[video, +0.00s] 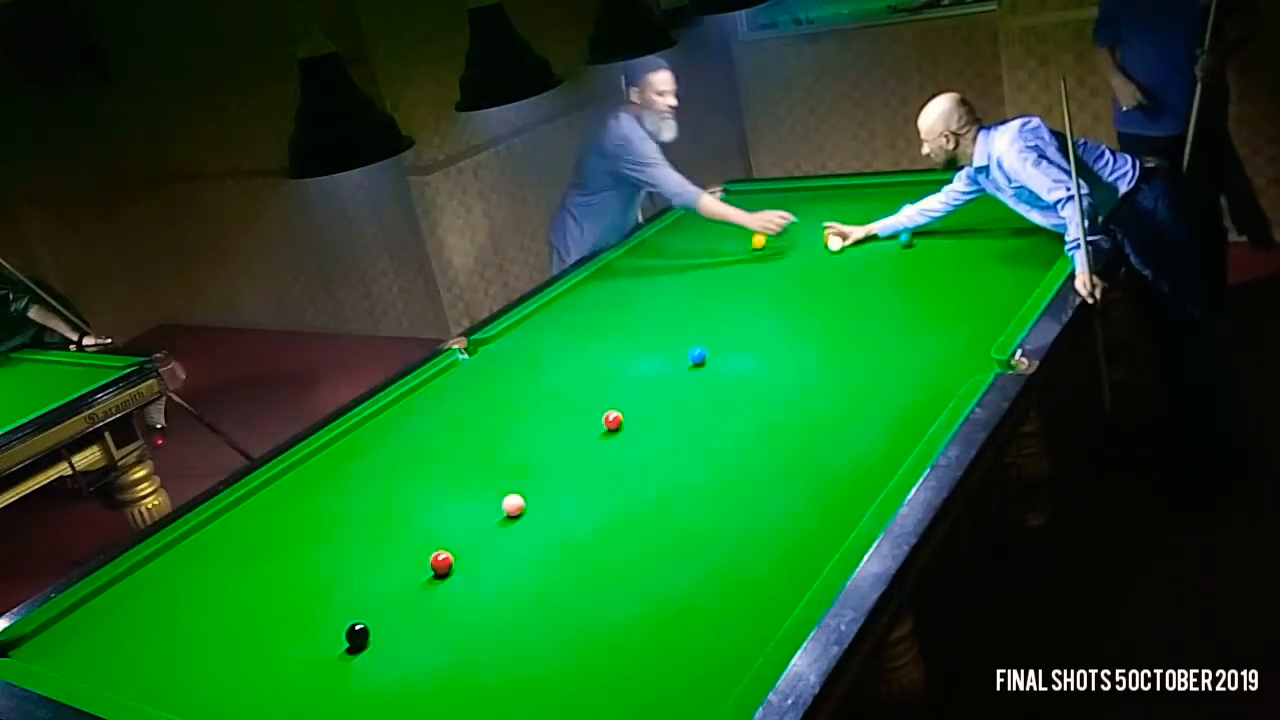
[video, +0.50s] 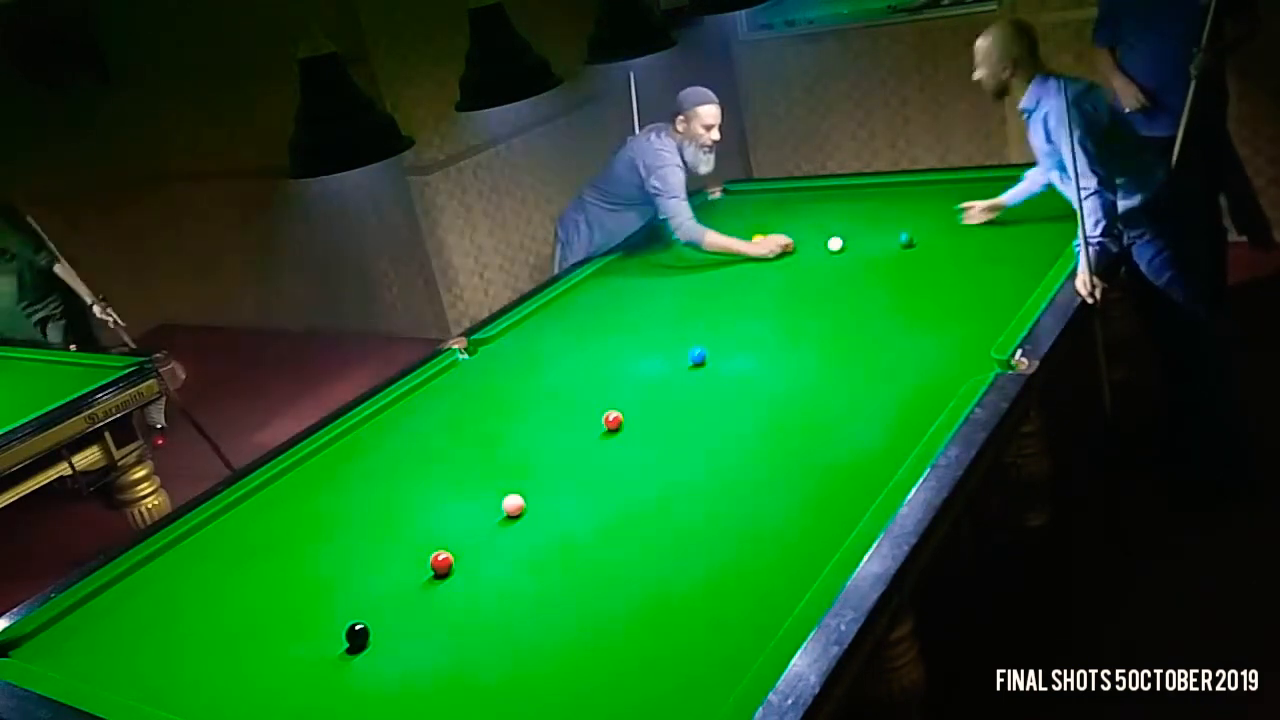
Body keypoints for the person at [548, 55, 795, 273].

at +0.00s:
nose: (672, 103)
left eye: (673, 94)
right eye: (662, 94)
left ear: (674, 91)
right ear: (634, 95)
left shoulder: (641, 124)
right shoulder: (622, 132)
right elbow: (679, 192)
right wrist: (749, 219)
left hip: (616, 233)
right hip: (582, 243)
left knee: (614, 310)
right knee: (580, 320)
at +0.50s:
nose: (715, 137)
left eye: (718, 128)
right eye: (706, 129)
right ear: (680, 124)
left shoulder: (672, 139)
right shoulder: (660, 157)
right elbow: (684, 230)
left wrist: (705, 185)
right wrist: (752, 248)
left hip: (623, 231)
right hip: (588, 237)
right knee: (578, 317)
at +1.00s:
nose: (716, 141)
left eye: (718, 131)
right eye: (708, 132)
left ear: (683, 129)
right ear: (680, 130)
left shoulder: (670, 136)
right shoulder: (661, 163)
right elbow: (709, 226)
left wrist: (701, 185)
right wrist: (778, 242)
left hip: (625, 232)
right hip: (586, 239)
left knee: (614, 311)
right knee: (577, 318)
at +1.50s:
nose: (716, 141)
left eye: (718, 132)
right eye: (708, 133)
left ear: (684, 129)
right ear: (680, 131)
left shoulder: (668, 137)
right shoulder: (663, 166)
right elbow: (718, 223)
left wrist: (699, 183)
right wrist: (786, 241)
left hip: (625, 232)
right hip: (586, 240)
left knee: (616, 311)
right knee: (578, 318)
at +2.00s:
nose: (715, 138)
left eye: (716, 128)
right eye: (706, 129)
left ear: (680, 127)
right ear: (678, 128)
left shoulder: (663, 135)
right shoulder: (662, 164)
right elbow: (706, 226)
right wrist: (773, 243)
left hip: (623, 234)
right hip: (586, 241)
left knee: (610, 312)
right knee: (578, 320)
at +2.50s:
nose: (634, 87)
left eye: (635, 78)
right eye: (622, 80)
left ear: (638, 77)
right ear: (598, 83)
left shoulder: (627, 120)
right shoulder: (580, 128)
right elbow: (551, 196)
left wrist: (631, 190)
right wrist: (572, 250)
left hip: (611, 236)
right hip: (578, 245)